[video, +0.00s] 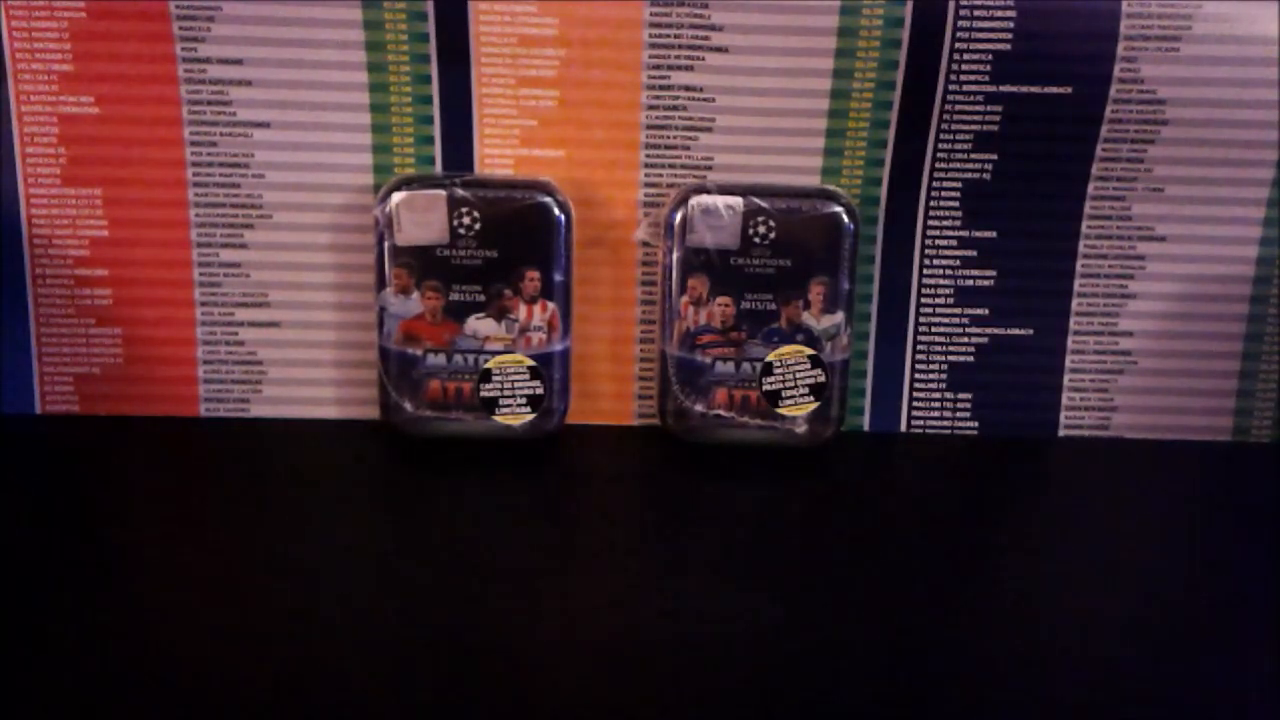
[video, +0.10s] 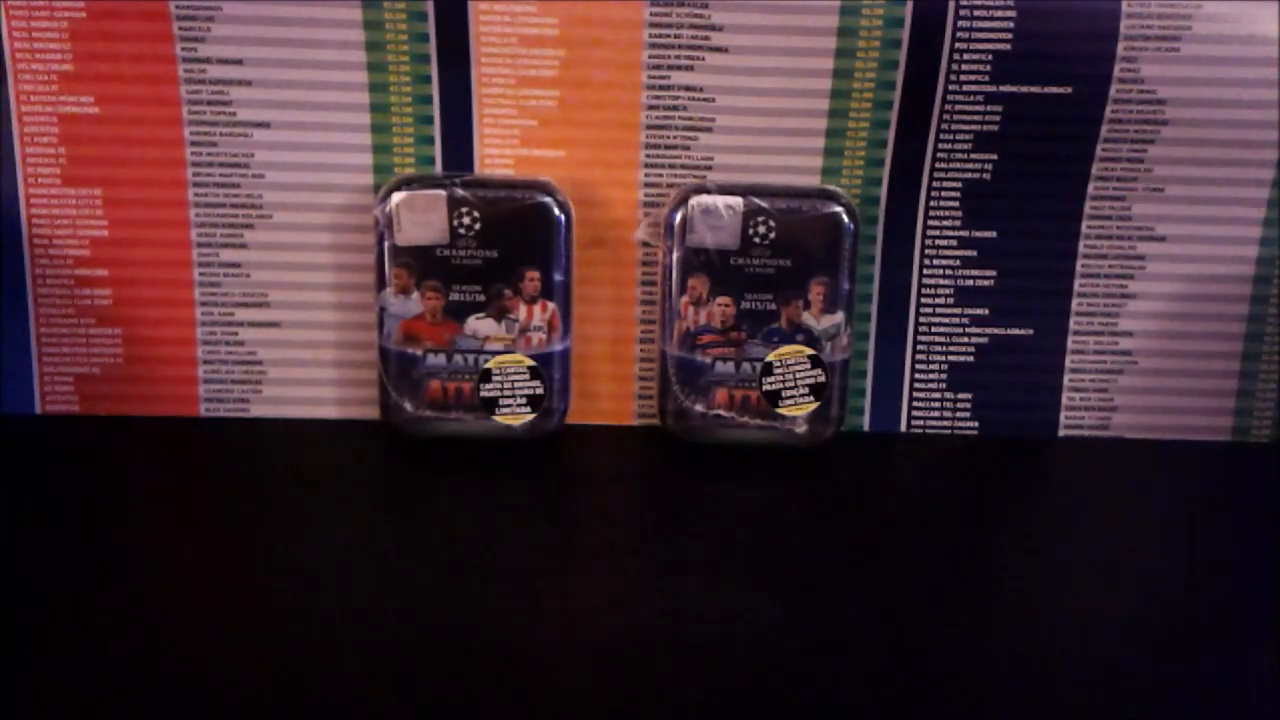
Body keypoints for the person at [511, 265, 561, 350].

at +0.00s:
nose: (536, 285)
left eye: (538, 280)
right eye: (531, 280)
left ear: (541, 283)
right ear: (521, 284)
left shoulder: (551, 308)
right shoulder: (512, 305)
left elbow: (556, 336)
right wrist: (520, 329)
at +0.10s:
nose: (536, 285)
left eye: (538, 280)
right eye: (531, 280)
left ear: (541, 283)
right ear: (521, 284)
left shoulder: (551, 308)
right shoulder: (512, 305)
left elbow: (556, 337)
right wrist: (520, 329)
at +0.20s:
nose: (536, 285)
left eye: (539, 281)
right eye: (531, 280)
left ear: (541, 283)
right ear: (521, 284)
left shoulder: (551, 308)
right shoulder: (512, 305)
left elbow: (556, 337)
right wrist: (520, 329)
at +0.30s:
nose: (536, 285)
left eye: (539, 281)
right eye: (531, 281)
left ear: (541, 283)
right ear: (521, 284)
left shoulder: (551, 308)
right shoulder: (511, 306)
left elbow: (556, 337)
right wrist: (520, 329)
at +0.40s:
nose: (536, 285)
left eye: (539, 281)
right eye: (531, 281)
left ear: (541, 283)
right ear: (521, 284)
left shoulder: (551, 308)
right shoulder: (511, 306)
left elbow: (556, 337)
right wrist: (520, 329)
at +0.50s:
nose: (536, 285)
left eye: (538, 281)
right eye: (531, 281)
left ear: (541, 283)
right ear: (521, 284)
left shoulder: (551, 308)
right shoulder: (511, 306)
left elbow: (556, 337)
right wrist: (520, 329)